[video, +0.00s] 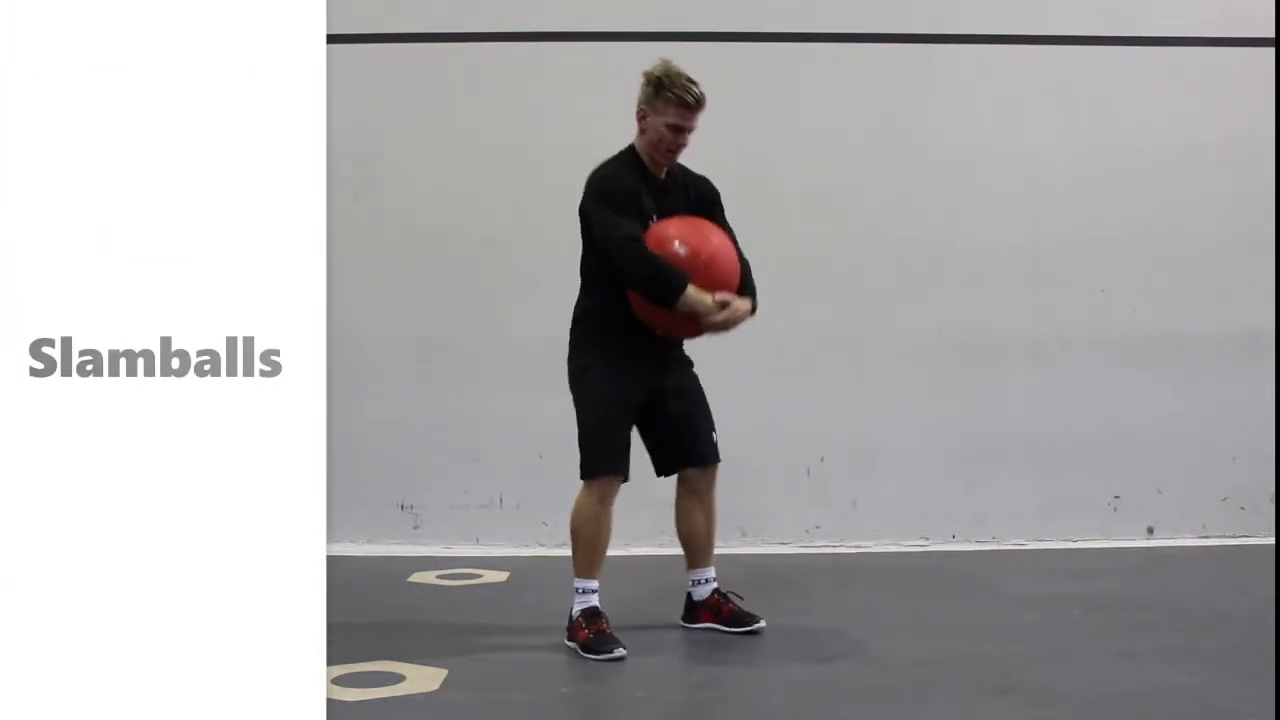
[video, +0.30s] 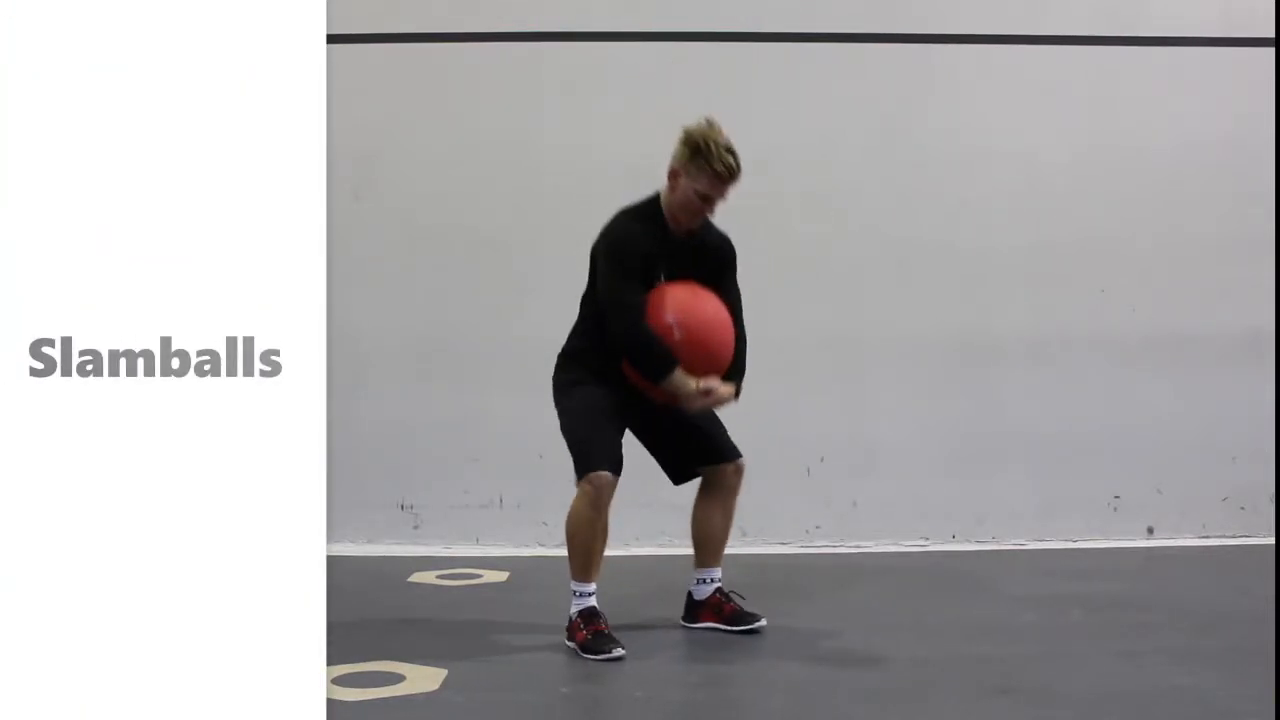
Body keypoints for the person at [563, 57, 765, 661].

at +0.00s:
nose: (681, 142)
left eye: (689, 131)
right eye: (672, 129)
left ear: (696, 127)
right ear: (641, 118)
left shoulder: (699, 191)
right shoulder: (607, 184)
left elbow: (735, 263)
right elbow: (629, 259)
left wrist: (743, 303)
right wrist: (703, 302)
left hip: (664, 347)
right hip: (603, 348)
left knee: (700, 462)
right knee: (604, 474)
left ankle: (703, 597)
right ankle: (585, 611)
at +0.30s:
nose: (707, 210)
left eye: (716, 201)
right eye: (701, 196)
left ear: (726, 193)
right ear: (673, 175)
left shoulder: (716, 249)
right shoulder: (624, 234)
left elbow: (731, 327)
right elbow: (621, 326)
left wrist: (730, 382)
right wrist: (677, 378)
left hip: (655, 379)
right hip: (591, 372)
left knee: (725, 469)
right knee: (600, 477)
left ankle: (705, 596)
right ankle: (583, 612)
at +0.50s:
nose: (719, 277)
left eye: (729, 268)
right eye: (713, 264)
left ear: (738, 259)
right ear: (686, 240)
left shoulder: (723, 307)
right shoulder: (633, 292)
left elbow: (731, 388)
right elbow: (621, 385)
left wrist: (724, 446)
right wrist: (675, 448)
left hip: (649, 418)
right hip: (586, 407)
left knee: (747, 472)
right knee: (597, 483)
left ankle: (706, 597)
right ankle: (583, 614)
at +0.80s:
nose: (727, 362)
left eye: (734, 353)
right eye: (720, 350)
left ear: (743, 343)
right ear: (691, 325)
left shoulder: (731, 385)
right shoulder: (638, 370)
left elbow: (740, 467)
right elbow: (626, 468)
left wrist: (733, 534)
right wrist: (679, 531)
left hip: (677, 484)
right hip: (608, 476)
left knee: (759, 478)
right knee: (591, 489)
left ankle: (706, 598)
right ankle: (586, 615)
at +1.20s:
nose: (725, 307)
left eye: (735, 297)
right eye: (718, 293)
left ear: (743, 290)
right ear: (691, 271)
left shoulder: (731, 337)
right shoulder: (640, 322)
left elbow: (741, 415)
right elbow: (627, 416)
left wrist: (731, 473)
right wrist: (682, 477)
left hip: (658, 438)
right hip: (593, 427)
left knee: (755, 477)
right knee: (605, 488)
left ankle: (707, 597)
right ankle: (585, 614)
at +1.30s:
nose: (723, 271)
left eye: (731, 261)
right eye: (716, 258)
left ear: (739, 253)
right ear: (689, 238)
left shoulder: (728, 306)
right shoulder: (638, 292)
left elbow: (742, 384)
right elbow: (625, 383)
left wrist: (735, 444)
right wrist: (681, 443)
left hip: (657, 417)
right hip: (595, 405)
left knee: (751, 473)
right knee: (606, 485)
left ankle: (707, 597)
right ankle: (585, 614)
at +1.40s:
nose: (710, 202)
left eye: (719, 194)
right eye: (703, 190)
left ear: (727, 191)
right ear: (676, 176)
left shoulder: (722, 251)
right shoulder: (631, 239)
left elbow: (742, 330)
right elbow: (625, 327)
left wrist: (739, 382)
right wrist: (684, 378)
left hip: (659, 378)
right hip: (597, 370)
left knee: (732, 468)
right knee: (610, 475)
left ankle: (705, 598)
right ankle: (586, 613)